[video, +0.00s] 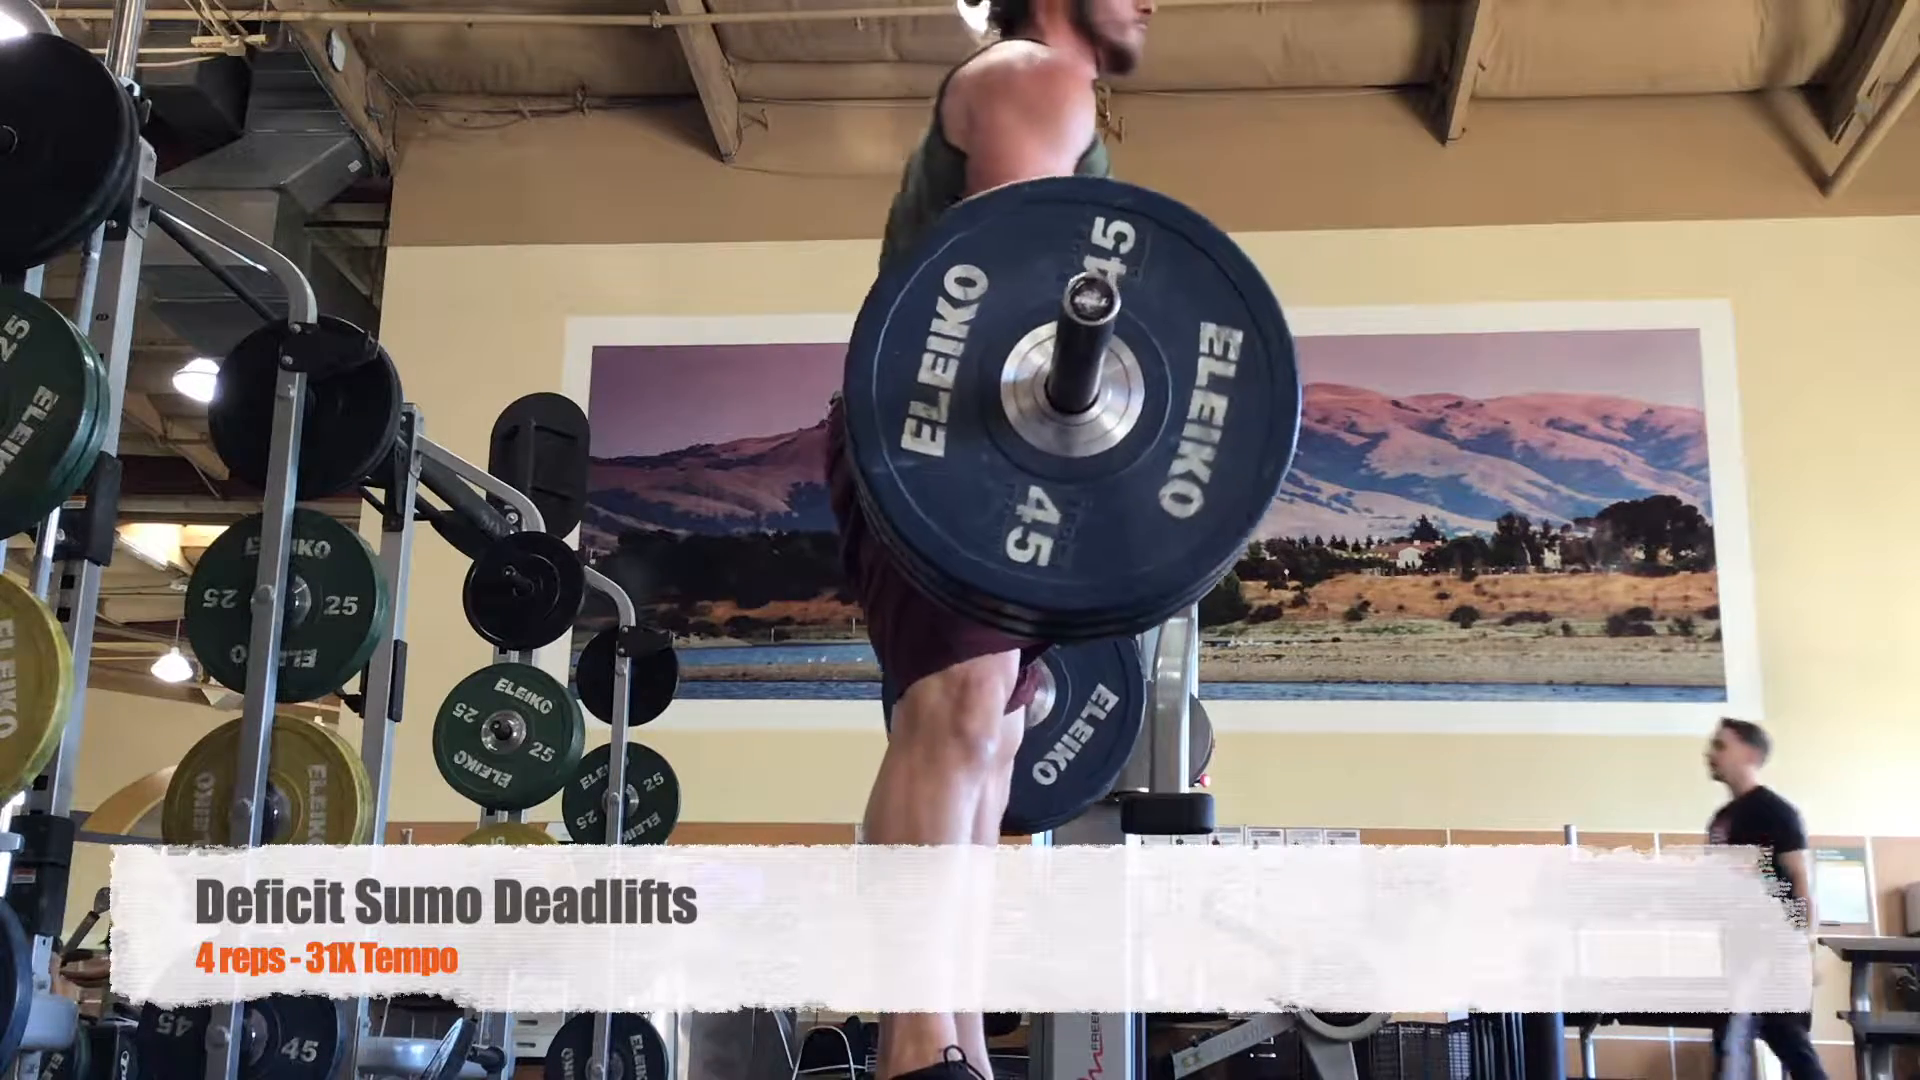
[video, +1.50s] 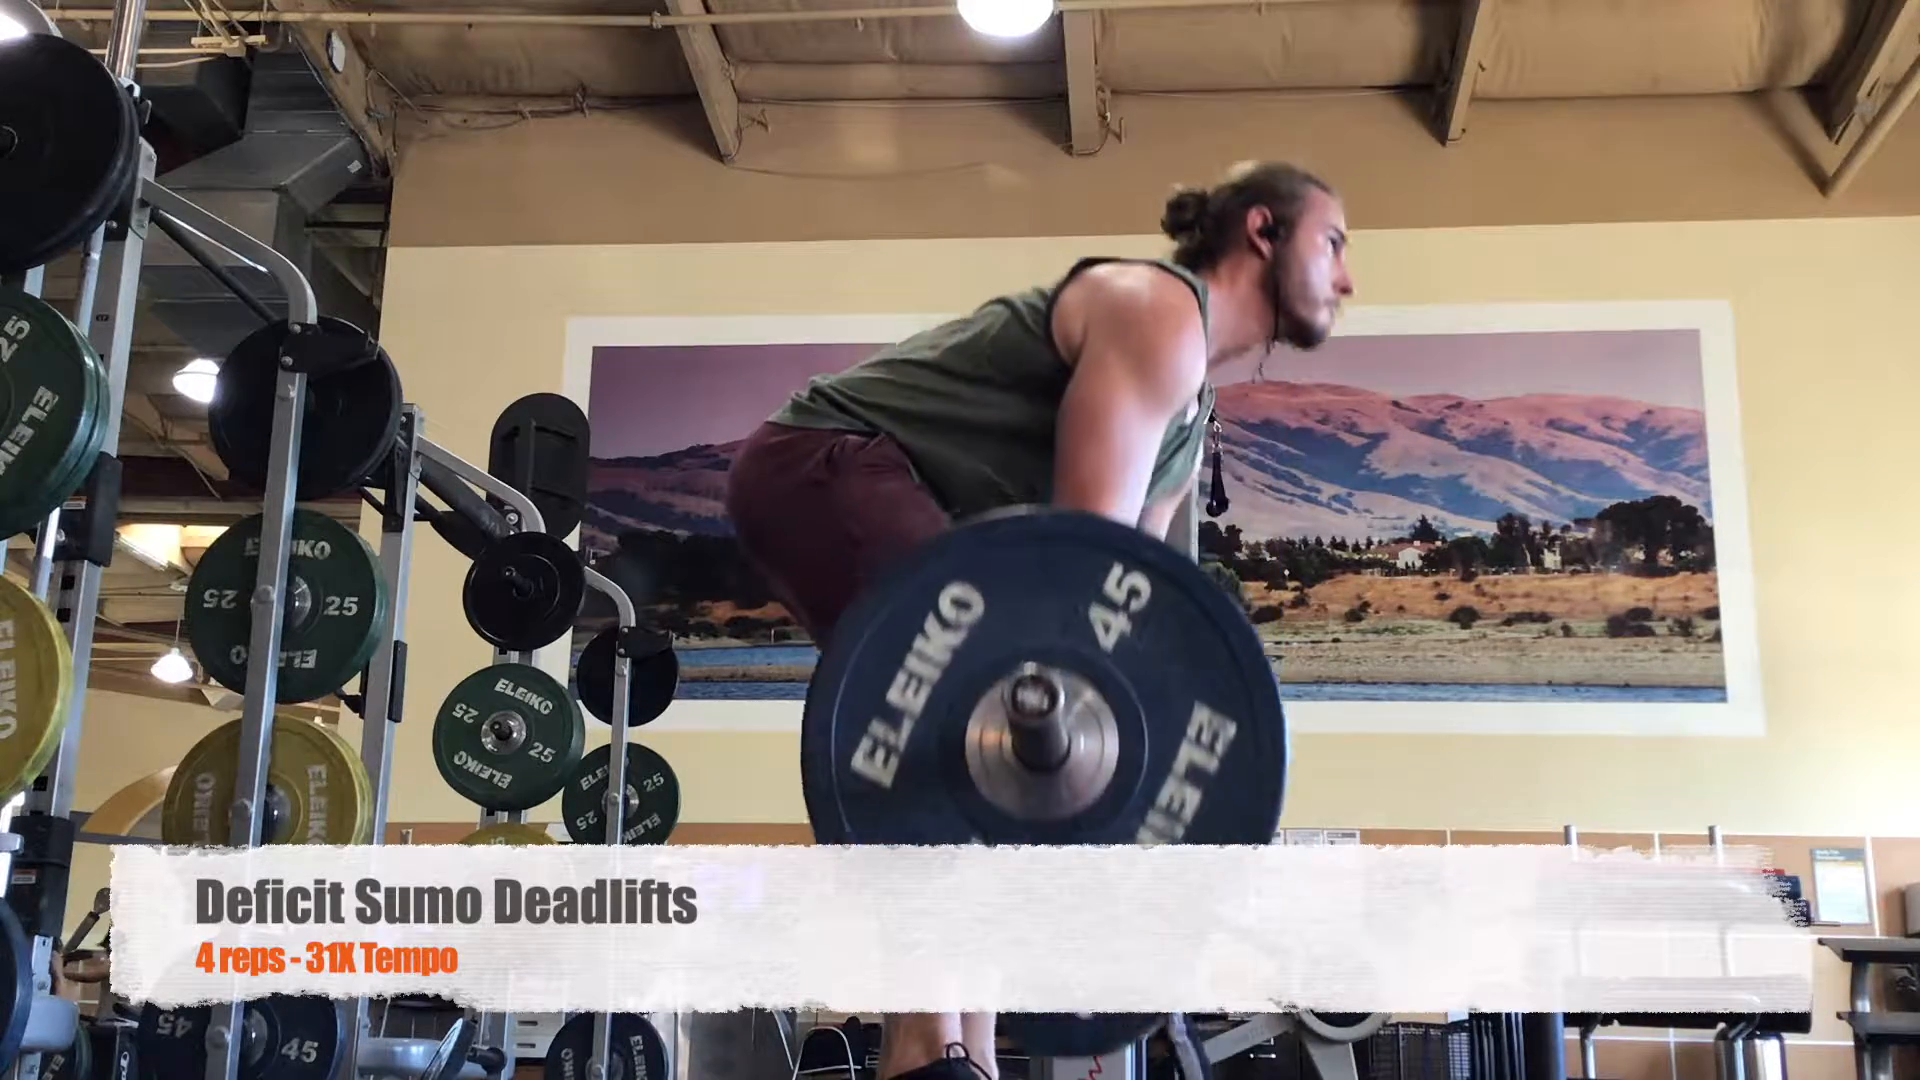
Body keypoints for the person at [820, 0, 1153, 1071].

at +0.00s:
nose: (1148, 6)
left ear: (1058, 14)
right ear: (1061, 1)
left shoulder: (1053, 96)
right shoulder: (1031, 75)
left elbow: (1035, 328)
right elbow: (1030, 312)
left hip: (981, 443)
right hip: (926, 430)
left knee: (996, 718)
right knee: (961, 704)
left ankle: (953, 1035)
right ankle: (914, 1047)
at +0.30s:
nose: (1205, 19)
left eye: (1201, 5)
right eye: (1188, 2)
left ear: (1133, 18)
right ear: (1125, 8)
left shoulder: (1101, 118)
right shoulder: (1081, 98)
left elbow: (1055, 345)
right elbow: (1035, 325)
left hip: (971, 444)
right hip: (911, 434)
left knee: (995, 719)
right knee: (946, 705)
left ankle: (958, 1030)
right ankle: (910, 1036)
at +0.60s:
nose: (1251, 54)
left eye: (1248, 30)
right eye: (1232, 25)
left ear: (1171, 36)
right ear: (1165, 28)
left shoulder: (1127, 159)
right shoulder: (1104, 126)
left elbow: (1079, 364)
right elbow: (1060, 349)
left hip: (946, 442)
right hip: (879, 426)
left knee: (989, 730)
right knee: (927, 718)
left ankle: (957, 1033)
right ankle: (907, 1042)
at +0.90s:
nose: (1289, 111)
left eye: (1287, 91)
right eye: (1271, 84)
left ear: (1205, 91)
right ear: (1199, 85)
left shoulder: (1158, 223)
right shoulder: (1127, 174)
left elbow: (1092, 413)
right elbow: (1068, 389)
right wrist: (1078, 584)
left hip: (919, 443)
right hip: (848, 423)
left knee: (985, 727)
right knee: (920, 712)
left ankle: (956, 1034)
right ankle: (907, 1041)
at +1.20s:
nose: (1317, 179)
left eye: (1315, 157)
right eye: (1300, 151)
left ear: (1233, 155)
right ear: (1231, 147)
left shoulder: (1177, 359)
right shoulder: (1139, 232)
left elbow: (1137, 509)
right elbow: (1075, 454)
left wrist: (1206, 721)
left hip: (896, 460)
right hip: (830, 437)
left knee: (974, 735)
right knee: (932, 722)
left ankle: (960, 1038)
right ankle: (914, 1040)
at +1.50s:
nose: (1347, 278)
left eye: (1347, 251)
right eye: (1333, 244)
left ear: (1263, 242)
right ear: (1261, 235)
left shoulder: (1185, 427)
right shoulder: (1154, 314)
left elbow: (1135, 582)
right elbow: (1084, 552)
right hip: (827, 457)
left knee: (996, 746)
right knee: (954, 726)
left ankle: (970, 1043)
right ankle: (923, 1043)